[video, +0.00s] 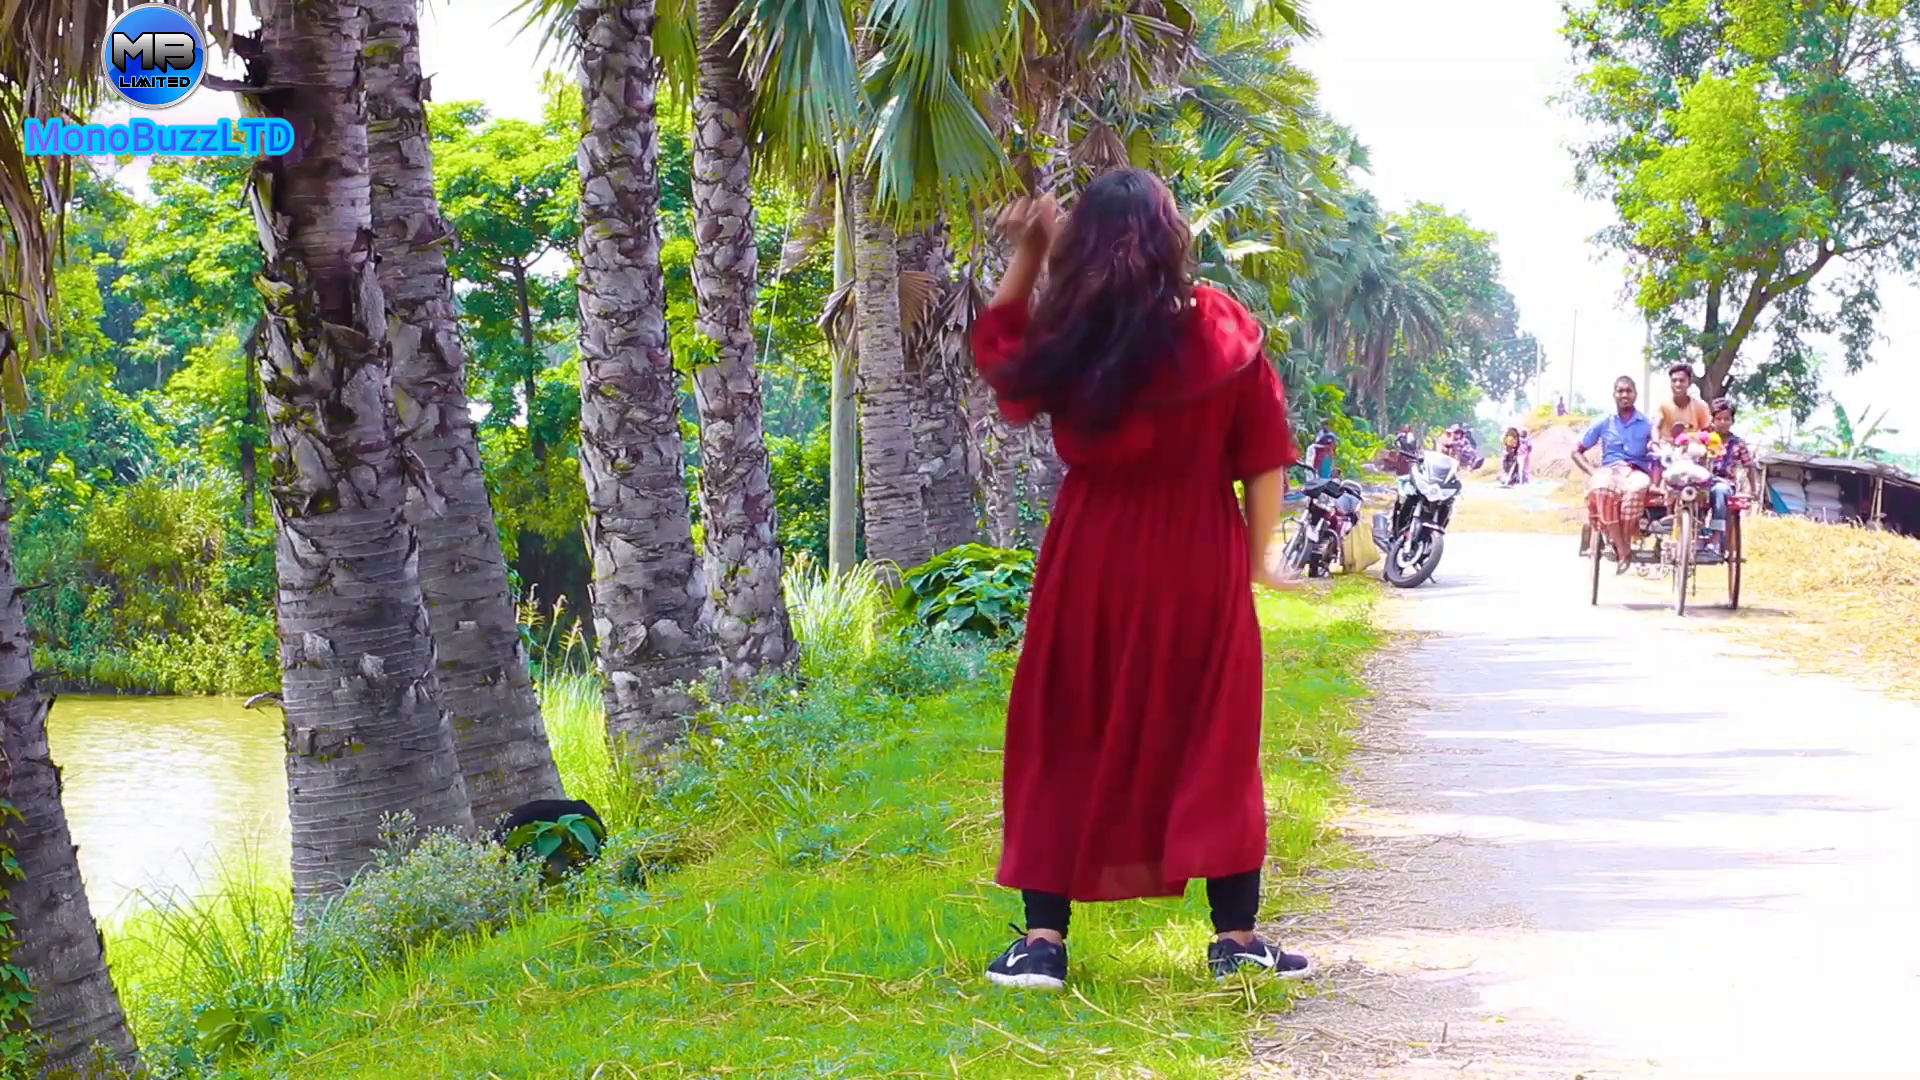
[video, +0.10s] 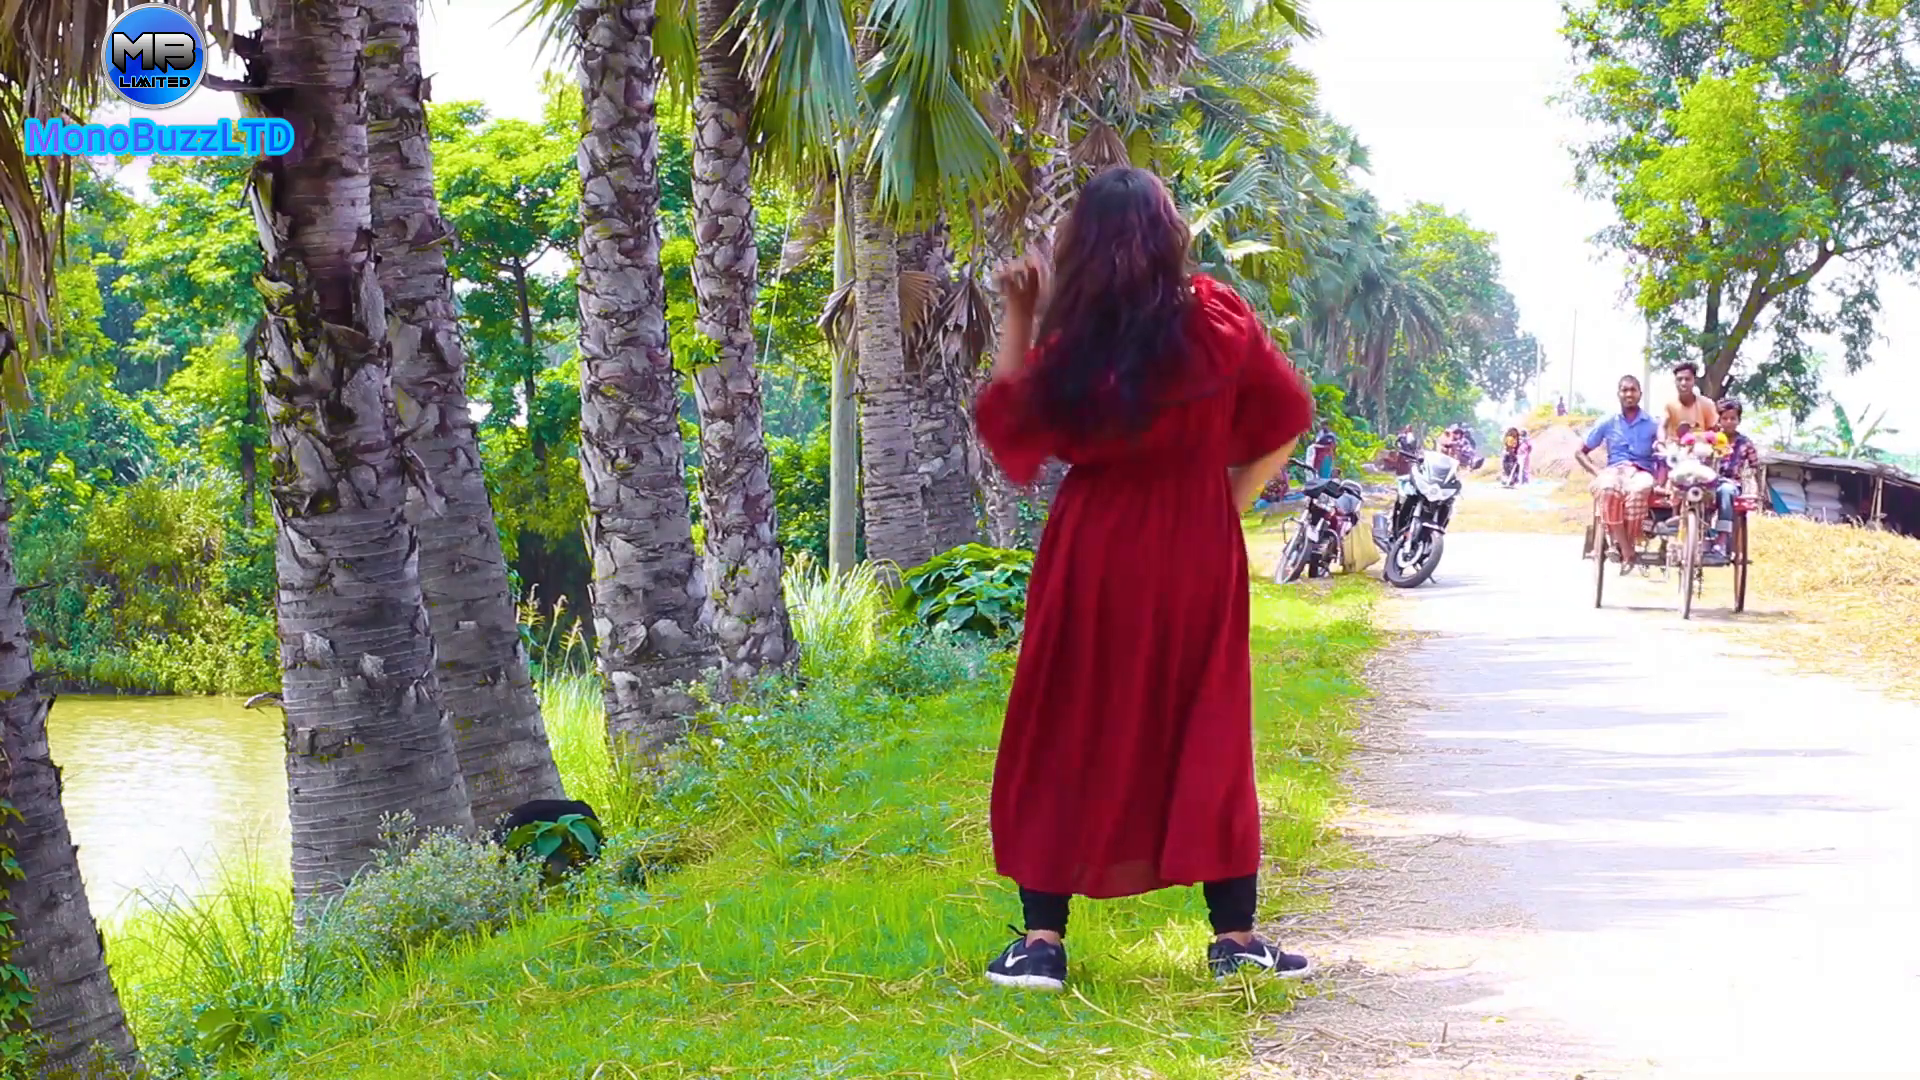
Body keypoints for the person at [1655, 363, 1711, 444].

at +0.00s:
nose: (1678, 384)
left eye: (1682, 381)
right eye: (1674, 380)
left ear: (1689, 383)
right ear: (1670, 383)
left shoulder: (1701, 407)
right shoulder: (1664, 406)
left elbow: (1708, 431)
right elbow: (1656, 427)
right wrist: (1655, 441)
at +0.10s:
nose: (1683, 383)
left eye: (1687, 379)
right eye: (1679, 379)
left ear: (1694, 381)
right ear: (1675, 381)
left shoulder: (1707, 404)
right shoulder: (1670, 406)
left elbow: (1714, 430)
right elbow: (1662, 427)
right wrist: (1661, 441)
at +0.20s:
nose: (1689, 383)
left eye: (1694, 378)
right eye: (1686, 378)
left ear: (1701, 380)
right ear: (1681, 381)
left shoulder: (1714, 404)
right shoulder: (1675, 405)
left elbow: (1720, 431)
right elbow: (1667, 427)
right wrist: (1667, 441)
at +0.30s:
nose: (1695, 381)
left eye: (1700, 377)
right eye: (1691, 377)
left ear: (1708, 380)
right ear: (1687, 380)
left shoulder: (1720, 404)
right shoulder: (1680, 403)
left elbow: (1727, 430)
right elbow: (1673, 426)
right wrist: (1673, 441)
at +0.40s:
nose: (1702, 379)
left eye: (1706, 375)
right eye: (1698, 375)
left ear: (1715, 377)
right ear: (1693, 378)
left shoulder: (1726, 402)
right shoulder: (1686, 400)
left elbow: (1735, 428)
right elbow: (1680, 424)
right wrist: (1679, 440)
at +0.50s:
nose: (1708, 378)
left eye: (1713, 374)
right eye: (1704, 374)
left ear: (1721, 377)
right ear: (1699, 377)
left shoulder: (1734, 402)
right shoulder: (1693, 401)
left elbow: (1741, 428)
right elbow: (1686, 424)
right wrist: (1685, 440)